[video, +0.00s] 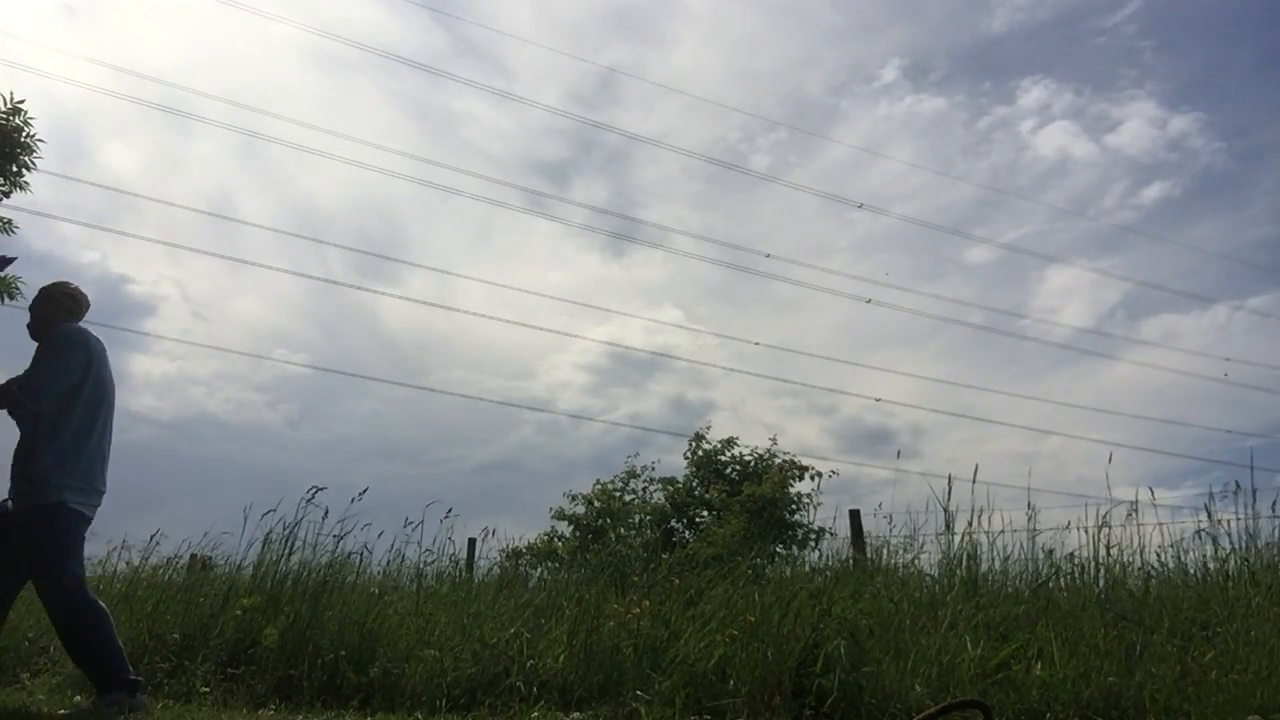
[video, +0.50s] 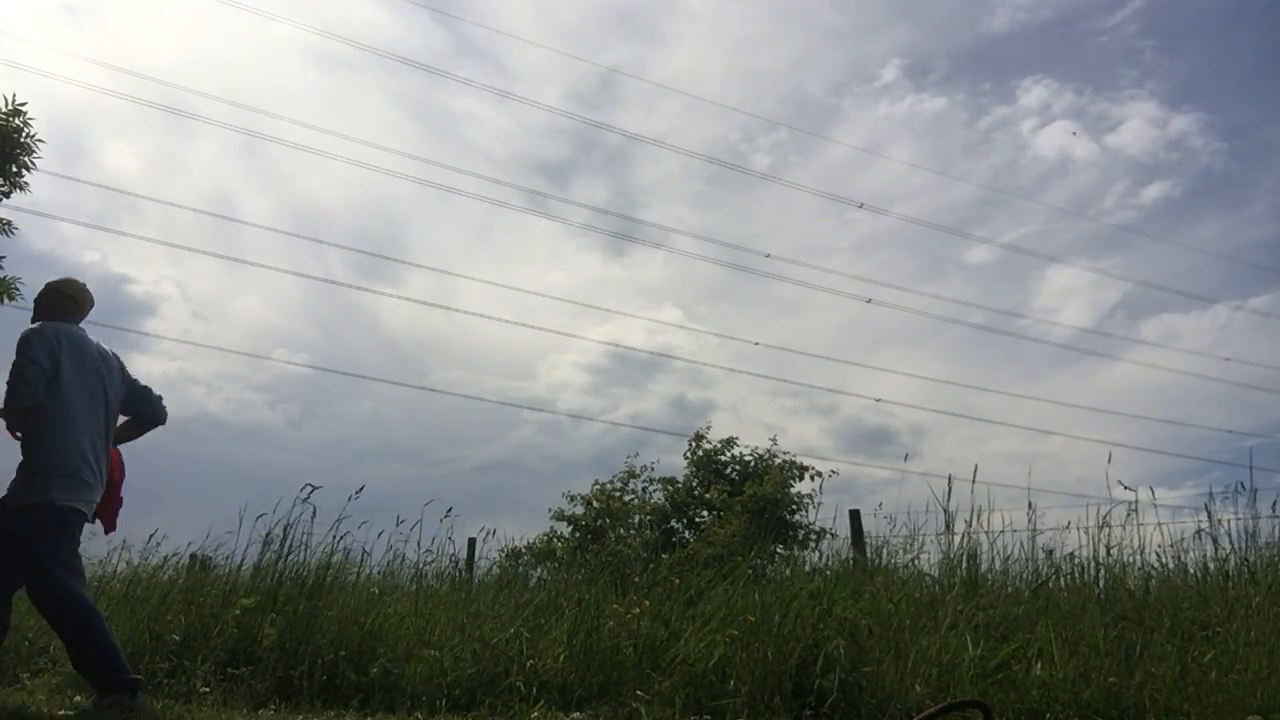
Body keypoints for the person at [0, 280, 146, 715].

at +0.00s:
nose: (29, 321)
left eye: (34, 311)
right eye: (30, 313)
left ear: (53, 308)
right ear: (69, 311)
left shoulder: (68, 339)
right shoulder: (85, 349)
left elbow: (36, 405)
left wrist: (11, 390)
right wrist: (19, 392)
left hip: (53, 493)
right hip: (64, 494)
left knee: (64, 593)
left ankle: (120, 691)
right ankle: (117, 689)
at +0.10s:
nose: (42, 314)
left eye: (48, 306)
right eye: (44, 307)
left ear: (69, 305)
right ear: (80, 308)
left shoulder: (82, 334)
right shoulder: (91, 345)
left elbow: (51, 394)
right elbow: (58, 410)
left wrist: (10, 416)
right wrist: (19, 415)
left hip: (58, 490)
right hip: (55, 493)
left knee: (65, 590)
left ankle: (120, 692)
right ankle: (116, 690)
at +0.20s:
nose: (49, 311)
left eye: (56, 302)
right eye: (51, 303)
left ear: (76, 299)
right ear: (92, 304)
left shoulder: (84, 326)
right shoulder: (104, 347)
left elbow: (76, 378)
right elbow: (65, 427)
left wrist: (18, 400)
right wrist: (15, 421)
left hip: (57, 483)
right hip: (62, 485)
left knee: (67, 589)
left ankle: (120, 692)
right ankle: (117, 690)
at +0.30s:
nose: (51, 308)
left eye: (56, 299)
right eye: (52, 301)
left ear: (73, 294)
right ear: (94, 299)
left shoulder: (79, 318)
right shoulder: (110, 346)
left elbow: (70, 367)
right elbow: (93, 421)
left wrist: (14, 393)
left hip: (59, 484)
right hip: (71, 487)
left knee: (66, 588)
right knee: (8, 581)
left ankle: (120, 691)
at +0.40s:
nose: (49, 307)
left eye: (51, 300)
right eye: (51, 301)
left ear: (61, 296)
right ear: (90, 303)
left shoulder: (62, 318)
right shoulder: (117, 356)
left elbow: (46, 368)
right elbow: (122, 429)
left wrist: (10, 405)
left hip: (53, 476)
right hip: (85, 483)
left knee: (61, 584)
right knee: (8, 575)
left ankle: (121, 690)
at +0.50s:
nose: (33, 317)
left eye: (37, 309)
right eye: (35, 311)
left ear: (48, 307)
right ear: (79, 314)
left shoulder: (40, 336)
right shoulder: (107, 359)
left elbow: (21, 398)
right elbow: (154, 411)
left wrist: (14, 420)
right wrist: (107, 435)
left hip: (47, 482)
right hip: (85, 488)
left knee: (57, 588)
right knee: (2, 576)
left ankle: (120, 691)